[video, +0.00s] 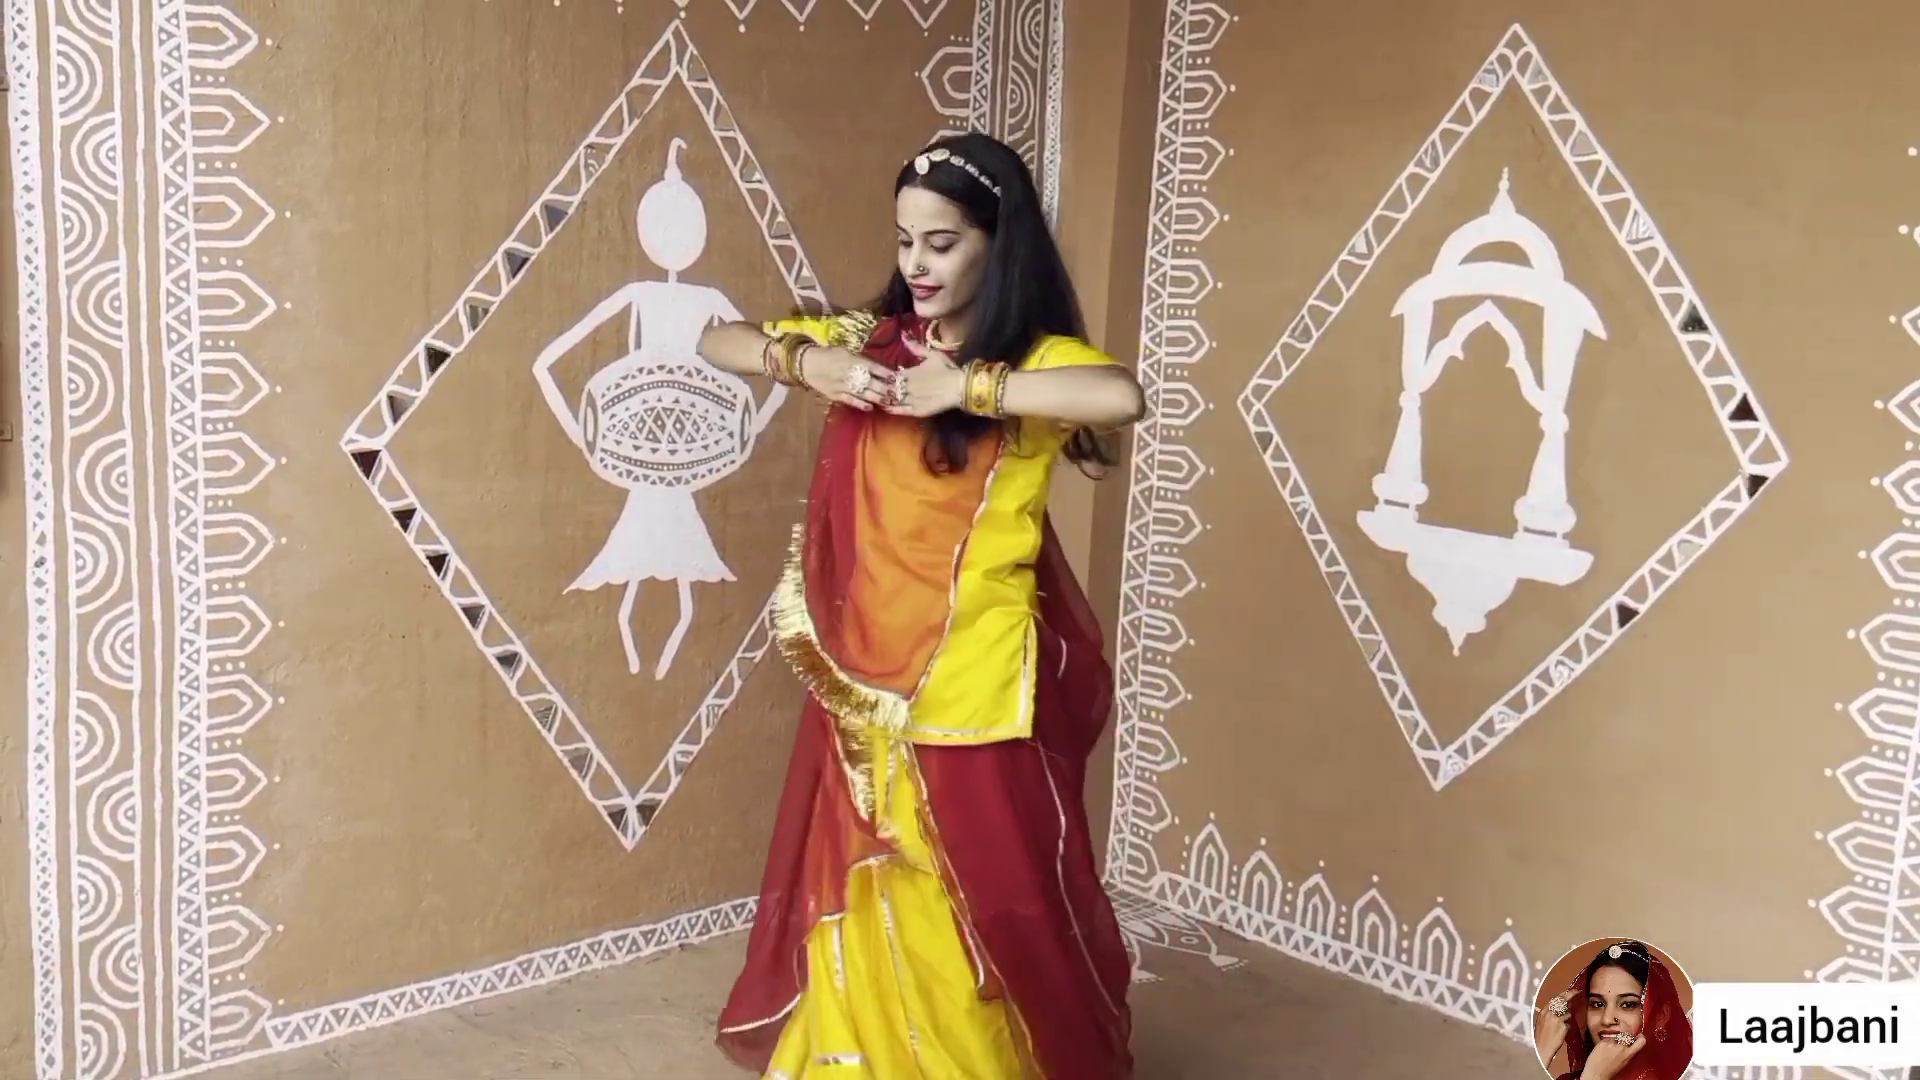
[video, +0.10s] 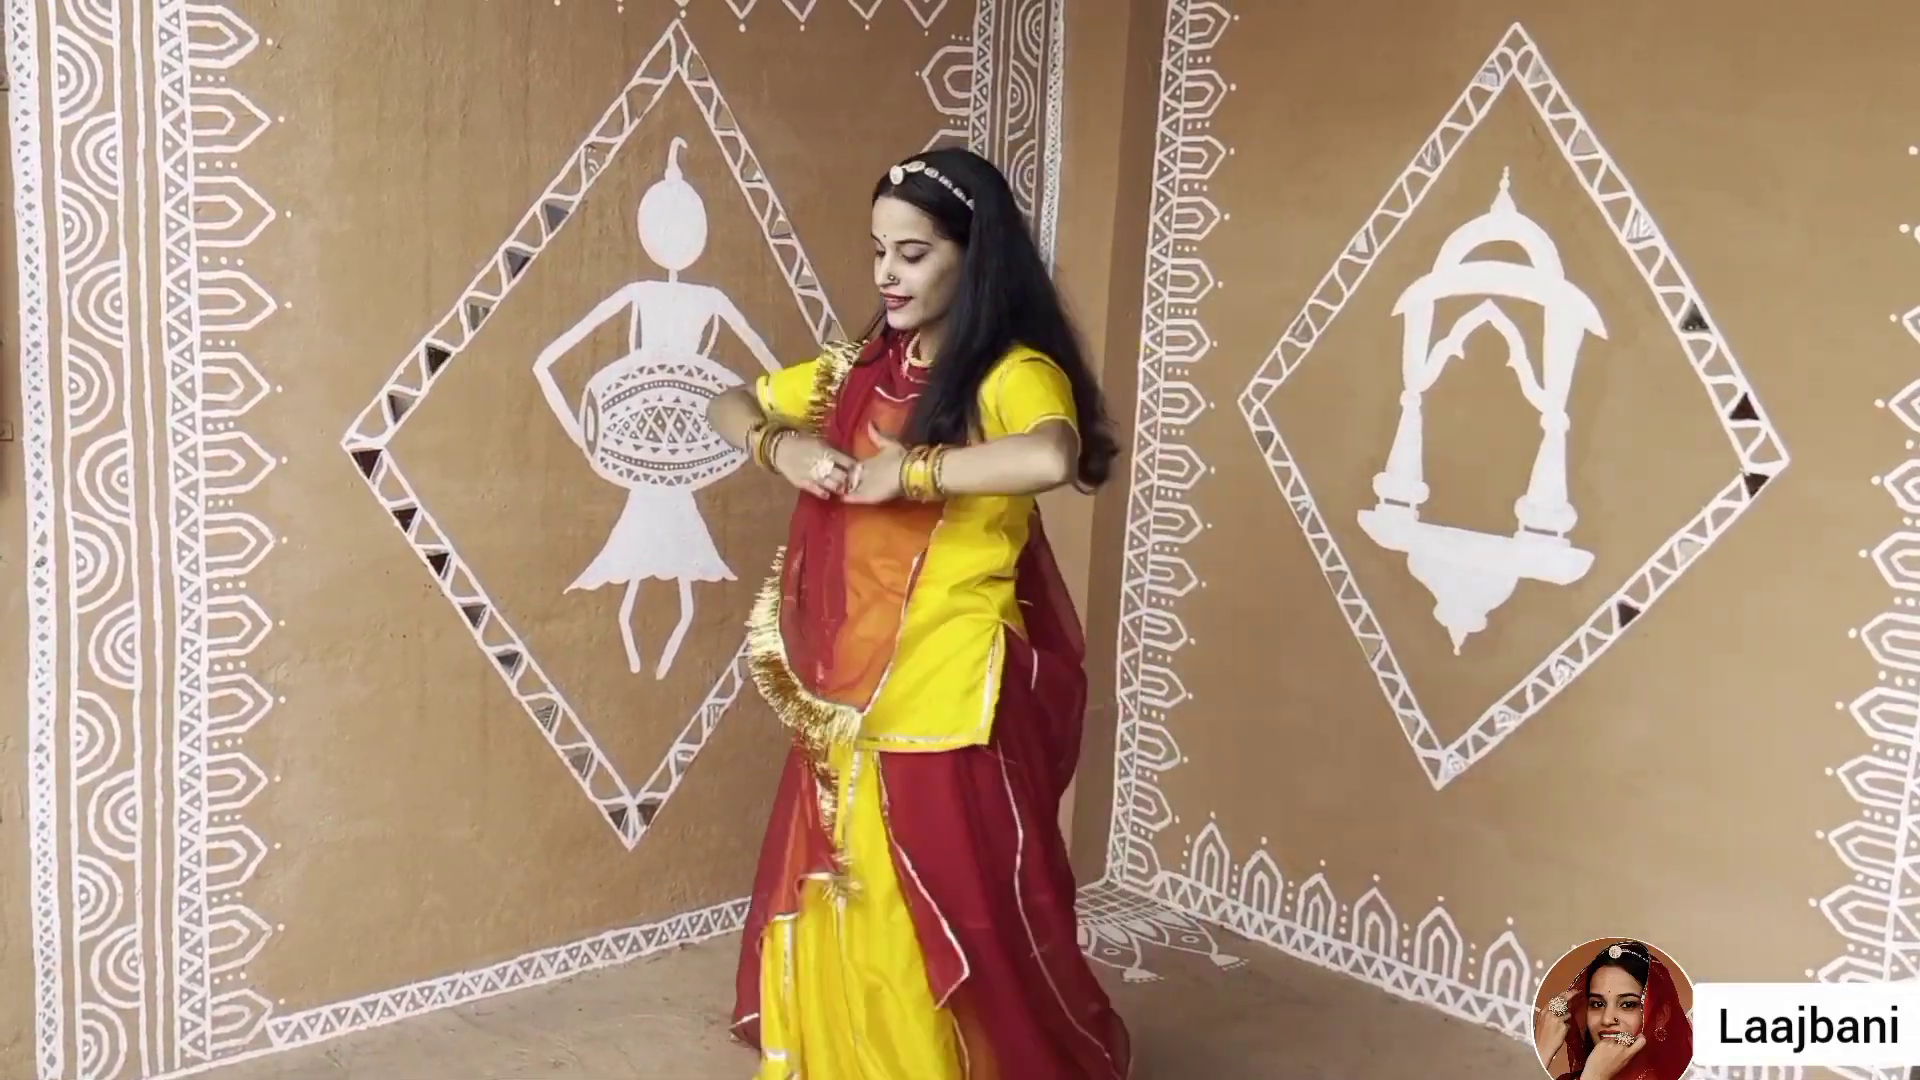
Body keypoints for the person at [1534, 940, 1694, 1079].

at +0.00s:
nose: (1607, 1019)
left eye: (1627, 1004)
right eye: (1597, 1004)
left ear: (1658, 1013)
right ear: (1585, 1012)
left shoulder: (1670, 1075)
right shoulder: (1568, 1078)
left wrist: (1595, 1075)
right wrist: (1540, 1055)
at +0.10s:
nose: (1607, 1019)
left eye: (1627, 1004)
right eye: (1597, 1004)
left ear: (1658, 1013)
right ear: (1585, 1012)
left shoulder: (1671, 1075)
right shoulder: (1568, 1078)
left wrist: (1595, 1075)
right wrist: (1540, 1055)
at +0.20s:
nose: (1607, 1019)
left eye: (1627, 1004)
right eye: (1597, 1004)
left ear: (1658, 1013)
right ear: (1585, 1012)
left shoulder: (1671, 1075)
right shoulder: (1568, 1078)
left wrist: (1595, 1075)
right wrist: (1540, 1054)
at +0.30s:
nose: (1607, 1019)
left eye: (1627, 1005)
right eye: (1597, 1004)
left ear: (1657, 1013)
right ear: (1585, 1012)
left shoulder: (1670, 1075)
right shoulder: (1568, 1078)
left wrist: (1595, 1075)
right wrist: (1540, 1054)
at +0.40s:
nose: (1607, 1019)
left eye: (1627, 1005)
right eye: (1597, 1004)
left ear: (1658, 1013)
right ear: (1585, 1012)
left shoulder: (1671, 1075)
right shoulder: (1568, 1078)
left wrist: (1595, 1075)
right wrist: (1540, 1054)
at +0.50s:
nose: (1607, 1019)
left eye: (1627, 1005)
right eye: (1597, 1004)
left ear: (1657, 1013)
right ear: (1585, 1012)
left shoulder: (1669, 1075)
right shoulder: (1568, 1078)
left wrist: (1595, 1075)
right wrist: (1540, 1055)